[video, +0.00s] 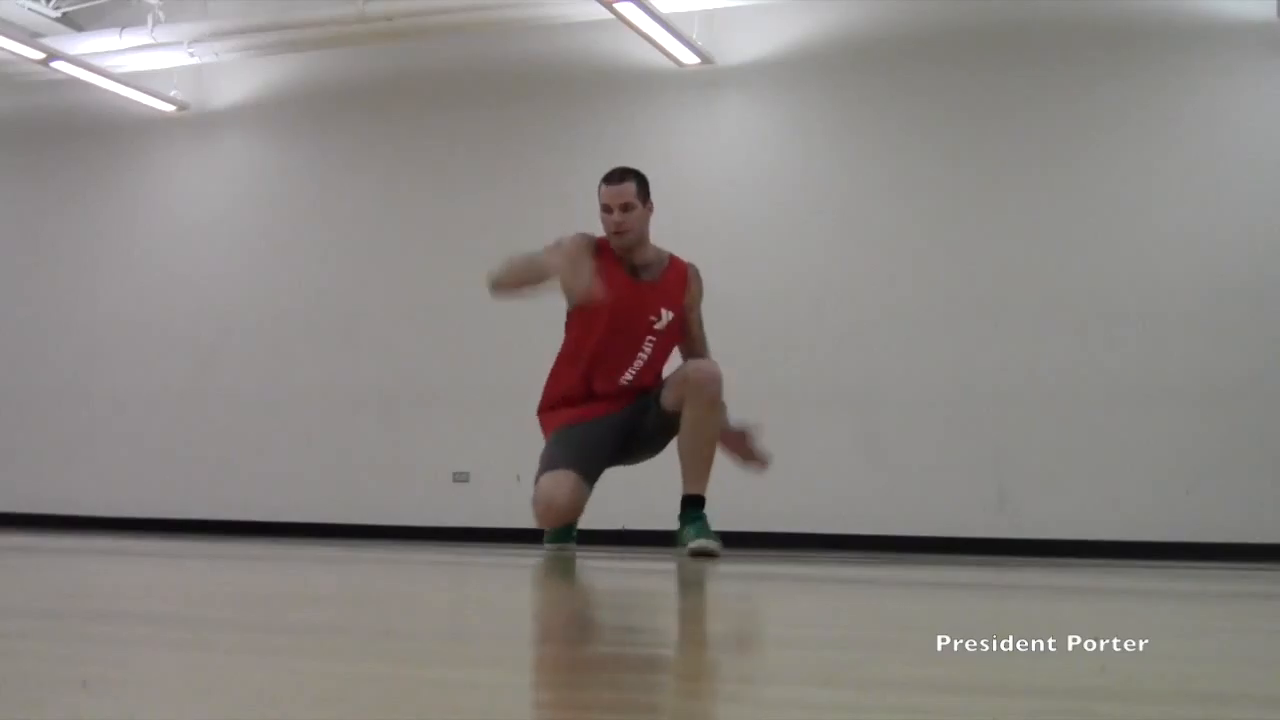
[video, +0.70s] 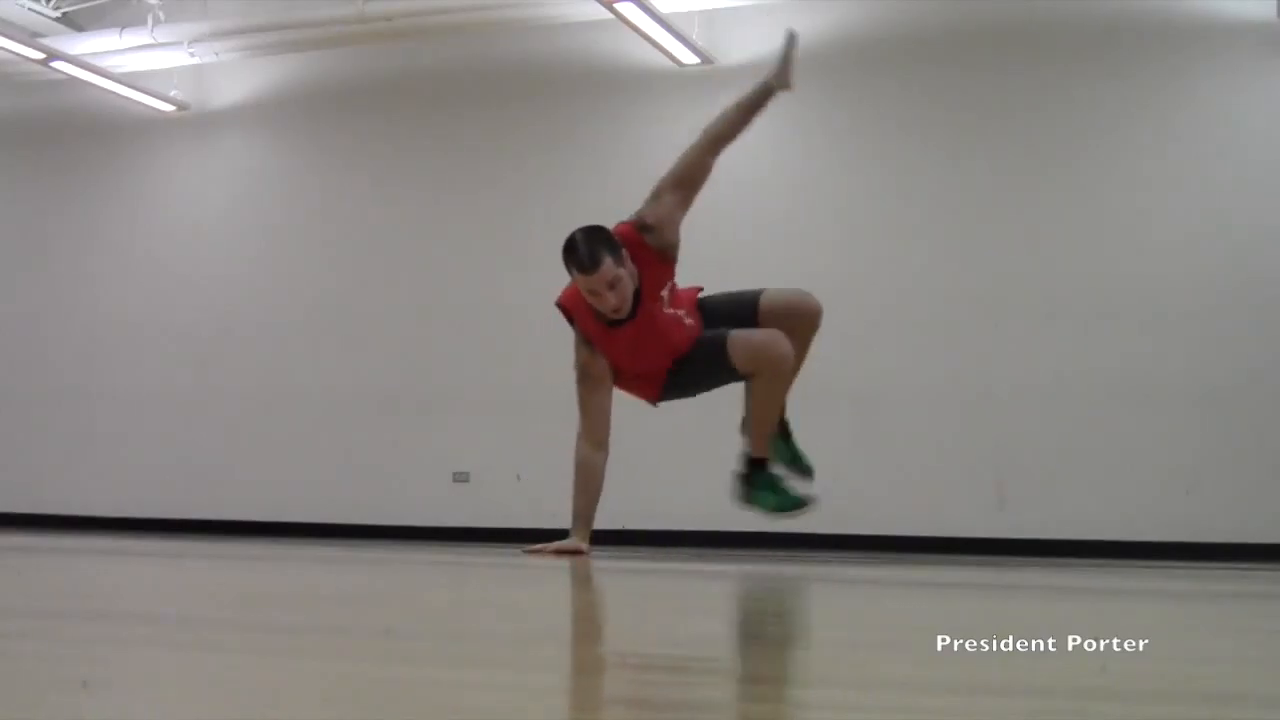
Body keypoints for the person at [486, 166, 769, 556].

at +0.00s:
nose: (616, 221)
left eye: (626, 209)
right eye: (607, 211)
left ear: (649, 209)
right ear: (599, 213)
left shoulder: (682, 278)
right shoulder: (580, 254)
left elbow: (698, 364)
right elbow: (500, 281)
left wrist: (722, 429)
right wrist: (556, 264)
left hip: (639, 412)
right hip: (578, 416)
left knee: (703, 374)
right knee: (553, 507)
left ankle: (693, 518)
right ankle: (562, 524)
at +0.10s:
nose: (616, 230)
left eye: (627, 219)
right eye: (607, 219)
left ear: (649, 218)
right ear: (598, 220)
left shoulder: (678, 281)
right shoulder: (576, 277)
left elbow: (679, 371)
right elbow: (557, 374)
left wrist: (707, 448)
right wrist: (595, 435)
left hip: (640, 422)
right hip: (577, 426)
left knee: (707, 379)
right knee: (528, 531)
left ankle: (687, 522)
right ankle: (566, 512)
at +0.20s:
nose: (606, 257)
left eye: (616, 244)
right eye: (595, 247)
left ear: (637, 240)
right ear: (586, 248)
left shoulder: (674, 279)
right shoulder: (577, 310)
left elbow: (695, 330)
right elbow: (585, 418)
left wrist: (751, 381)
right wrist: (591, 511)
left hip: (645, 432)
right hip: (588, 444)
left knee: (702, 382)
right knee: (521, 536)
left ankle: (686, 521)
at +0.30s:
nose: (597, 282)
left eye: (606, 267)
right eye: (585, 272)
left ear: (627, 256)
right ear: (576, 271)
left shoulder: (662, 263)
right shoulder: (577, 330)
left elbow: (702, 249)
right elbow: (583, 439)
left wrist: (761, 243)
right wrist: (578, 535)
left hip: (662, 418)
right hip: (605, 439)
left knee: (725, 384)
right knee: (548, 535)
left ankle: (690, 520)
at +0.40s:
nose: (589, 294)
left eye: (596, 277)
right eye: (574, 285)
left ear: (614, 257)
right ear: (563, 282)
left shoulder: (642, 240)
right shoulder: (575, 337)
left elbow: (656, 182)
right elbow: (580, 437)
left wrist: (692, 127)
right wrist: (578, 534)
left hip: (681, 371)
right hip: (629, 409)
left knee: (764, 378)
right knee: (647, 514)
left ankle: (708, 513)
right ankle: (589, 504)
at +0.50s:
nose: (585, 295)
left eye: (589, 279)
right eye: (571, 289)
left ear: (604, 255)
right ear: (556, 286)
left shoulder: (627, 222)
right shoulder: (574, 344)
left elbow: (650, 140)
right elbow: (581, 442)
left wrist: (682, 64)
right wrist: (579, 535)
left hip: (683, 327)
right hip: (644, 380)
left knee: (787, 359)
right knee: (732, 442)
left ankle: (781, 491)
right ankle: (674, 483)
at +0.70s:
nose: (611, 299)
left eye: (615, 283)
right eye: (596, 294)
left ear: (626, 258)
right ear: (579, 290)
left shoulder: (652, 231)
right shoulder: (592, 349)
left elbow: (708, 147)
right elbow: (593, 442)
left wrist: (771, 87)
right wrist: (580, 534)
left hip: (685, 315)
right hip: (666, 371)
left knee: (804, 311)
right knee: (771, 350)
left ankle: (767, 427)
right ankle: (755, 473)